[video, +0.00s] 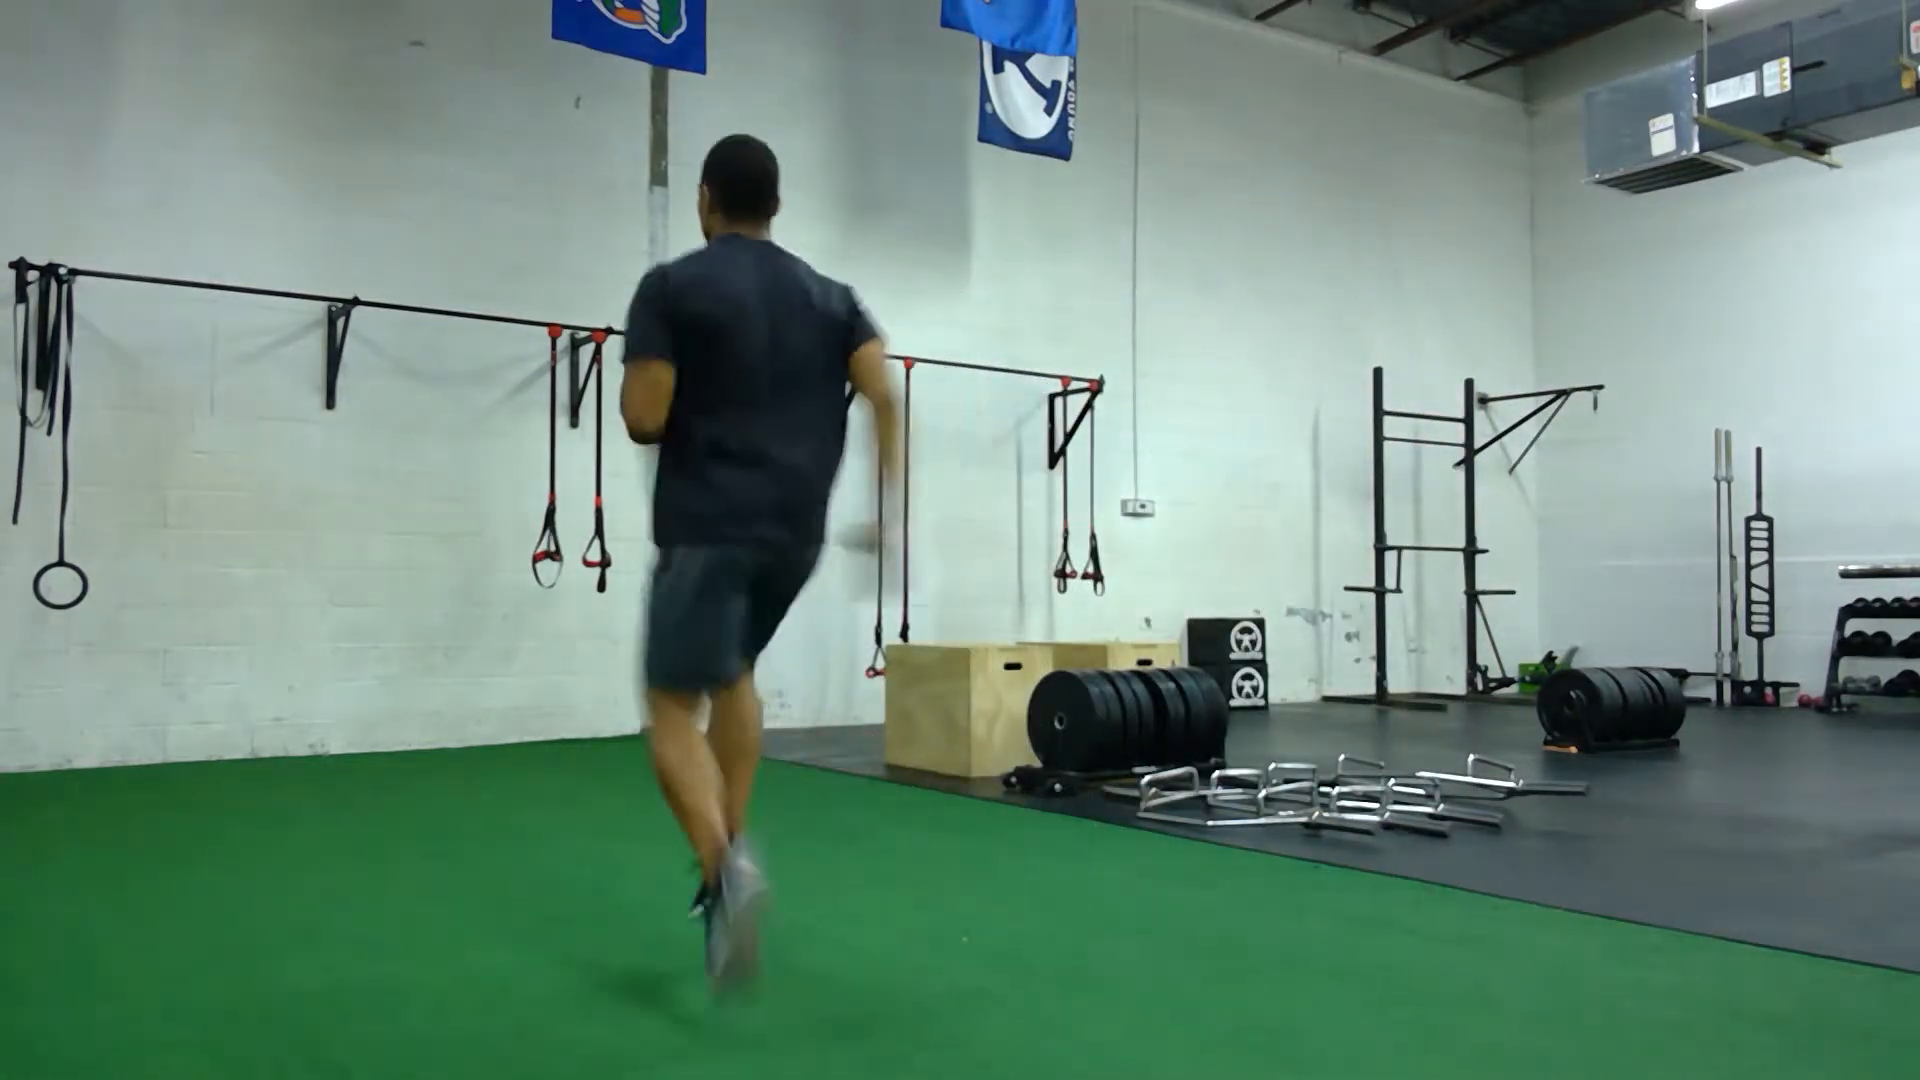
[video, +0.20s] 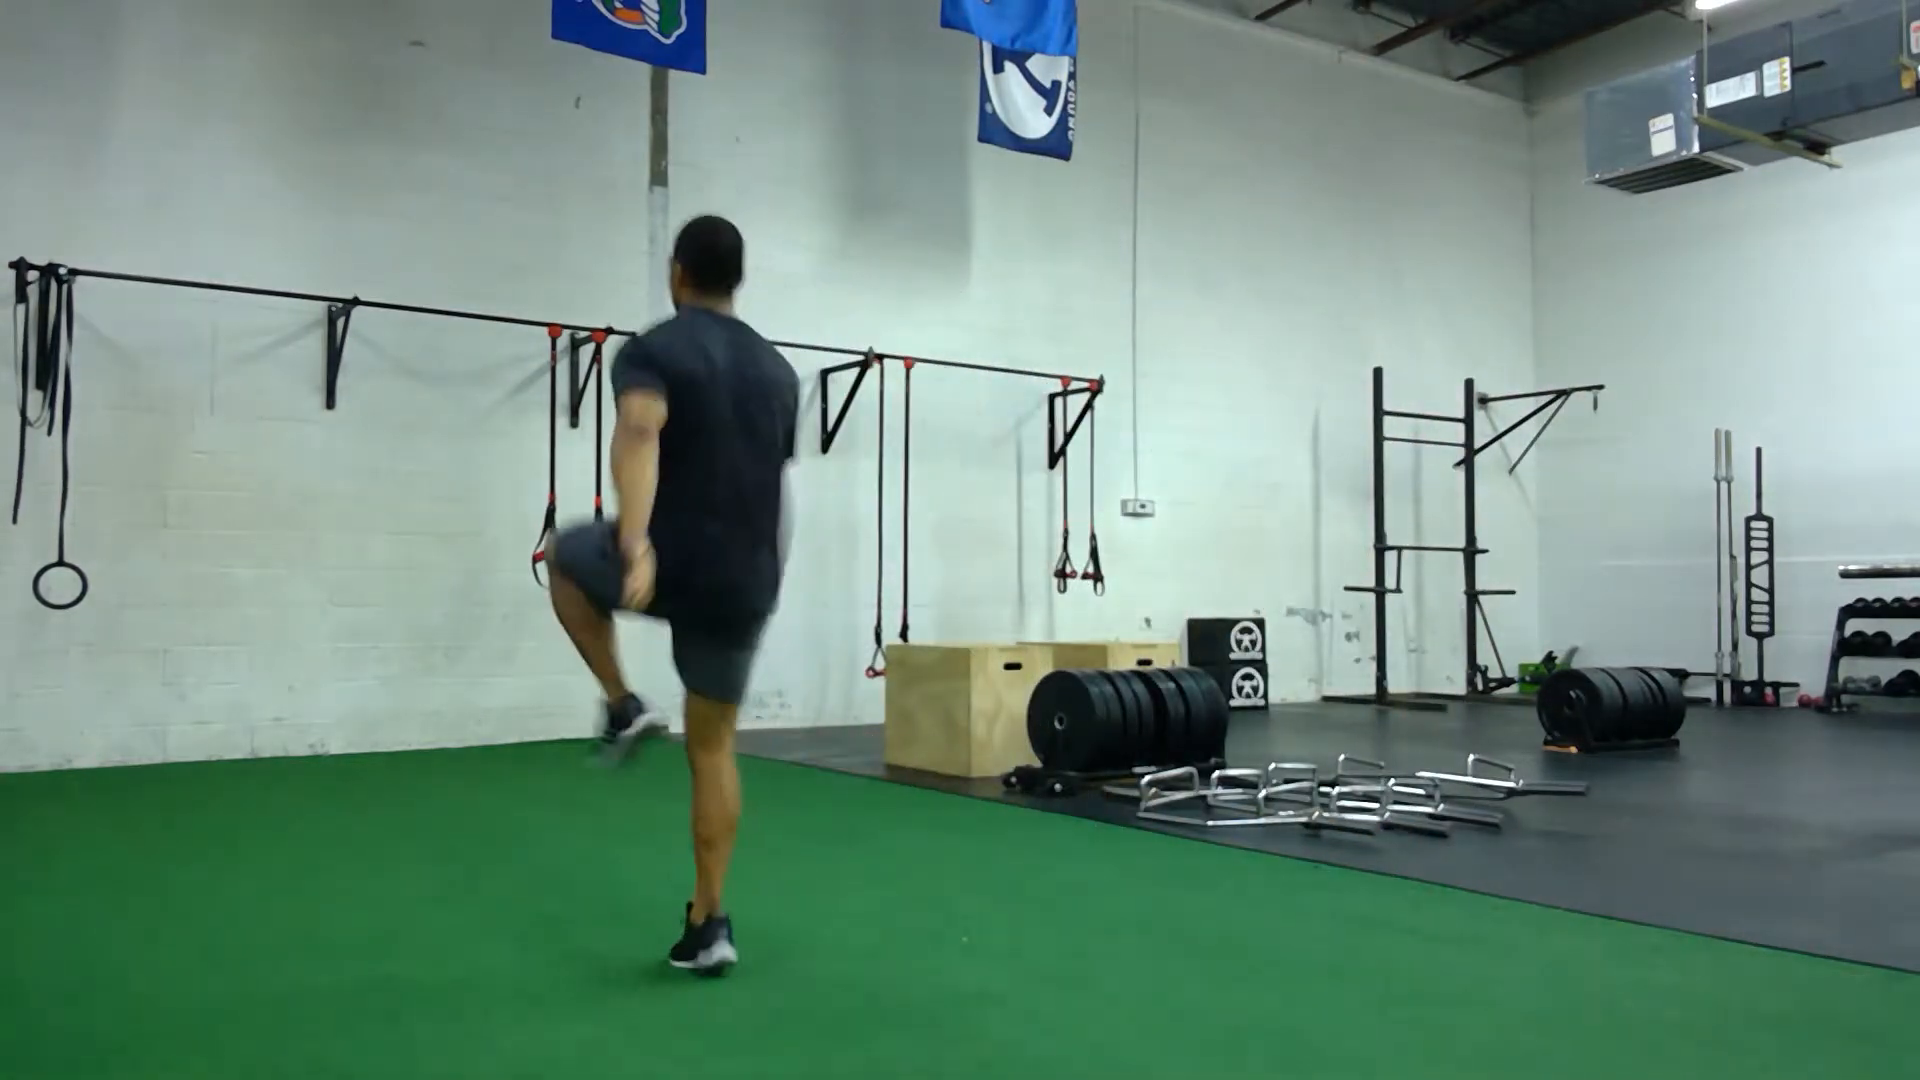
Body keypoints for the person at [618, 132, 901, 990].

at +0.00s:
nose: (703, 204)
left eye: (702, 193)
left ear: (705, 201)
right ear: (777, 208)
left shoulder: (672, 286)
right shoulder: (824, 293)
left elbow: (644, 417)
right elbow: (888, 395)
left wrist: (689, 397)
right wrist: (887, 507)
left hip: (707, 532)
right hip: (794, 535)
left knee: (671, 712)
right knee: (734, 679)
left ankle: (724, 865)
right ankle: (725, 860)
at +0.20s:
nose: (672, 275)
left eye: (673, 265)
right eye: (685, 264)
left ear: (677, 272)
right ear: (739, 279)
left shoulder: (655, 350)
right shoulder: (775, 370)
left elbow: (641, 433)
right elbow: (770, 471)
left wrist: (635, 541)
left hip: (661, 566)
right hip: (744, 583)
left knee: (563, 554)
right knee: (714, 742)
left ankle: (620, 700)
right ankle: (708, 921)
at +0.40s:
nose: (623, 260)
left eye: (623, 248)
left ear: (628, 251)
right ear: (689, 257)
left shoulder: (611, 318)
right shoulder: (730, 342)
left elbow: (622, 397)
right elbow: (735, 458)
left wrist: (651, 507)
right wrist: (669, 426)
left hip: (614, 523)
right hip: (694, 537)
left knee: (538, 506)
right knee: (670, 707)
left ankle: (578, 656)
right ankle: (660, 872)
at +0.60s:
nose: (588, 305)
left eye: (589, 295)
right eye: (598, 296)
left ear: (596, 296)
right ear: (651, 303)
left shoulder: (578, 349)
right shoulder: (688, 380)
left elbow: (572, 416)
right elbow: (687, 479)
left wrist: (579, 516)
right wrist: (640, 522)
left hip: (572, 544)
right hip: (645, 563)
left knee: (511, 533)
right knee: (631, 711)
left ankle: (550, 681)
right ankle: (636, 853)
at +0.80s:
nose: (549, 341)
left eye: (546, 331)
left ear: (548, 334)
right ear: (604, 339)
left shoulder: (527, 383)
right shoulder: (637, 409)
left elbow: (515, 417)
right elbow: (629, 494)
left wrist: (527, 456)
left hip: (532, 572)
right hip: (605, 585)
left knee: (476, 563)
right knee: (595, 728)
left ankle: (505, 704)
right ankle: (593, 878)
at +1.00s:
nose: (494, 353)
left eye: (491, 343)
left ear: (488, 346)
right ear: (541, 349)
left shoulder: (464, 414)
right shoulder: (575, 411)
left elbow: (437, 522)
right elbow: (633, 474)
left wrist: (441, 496)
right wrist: (685, 543)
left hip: (491, 584)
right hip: (557, 586)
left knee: (462, 726)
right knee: (522, 609)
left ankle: (465, 874)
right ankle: (529, 678)